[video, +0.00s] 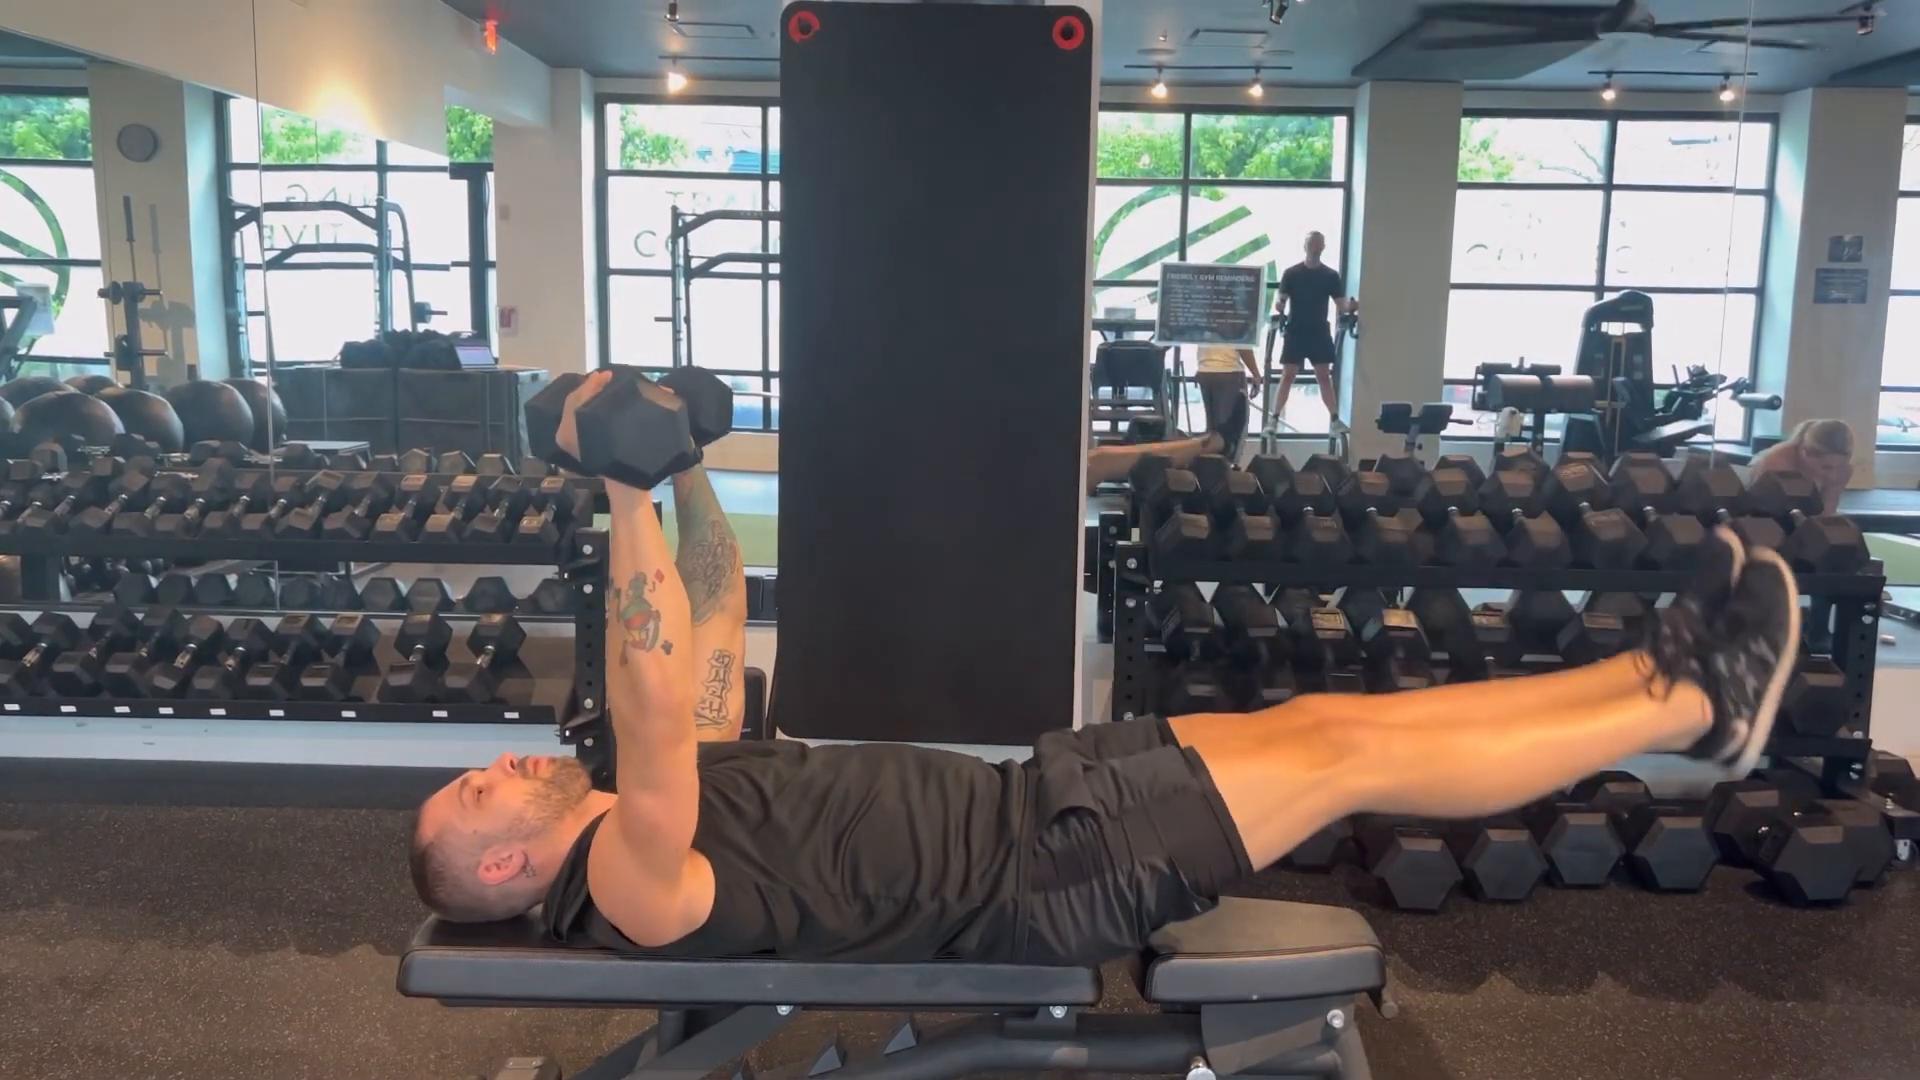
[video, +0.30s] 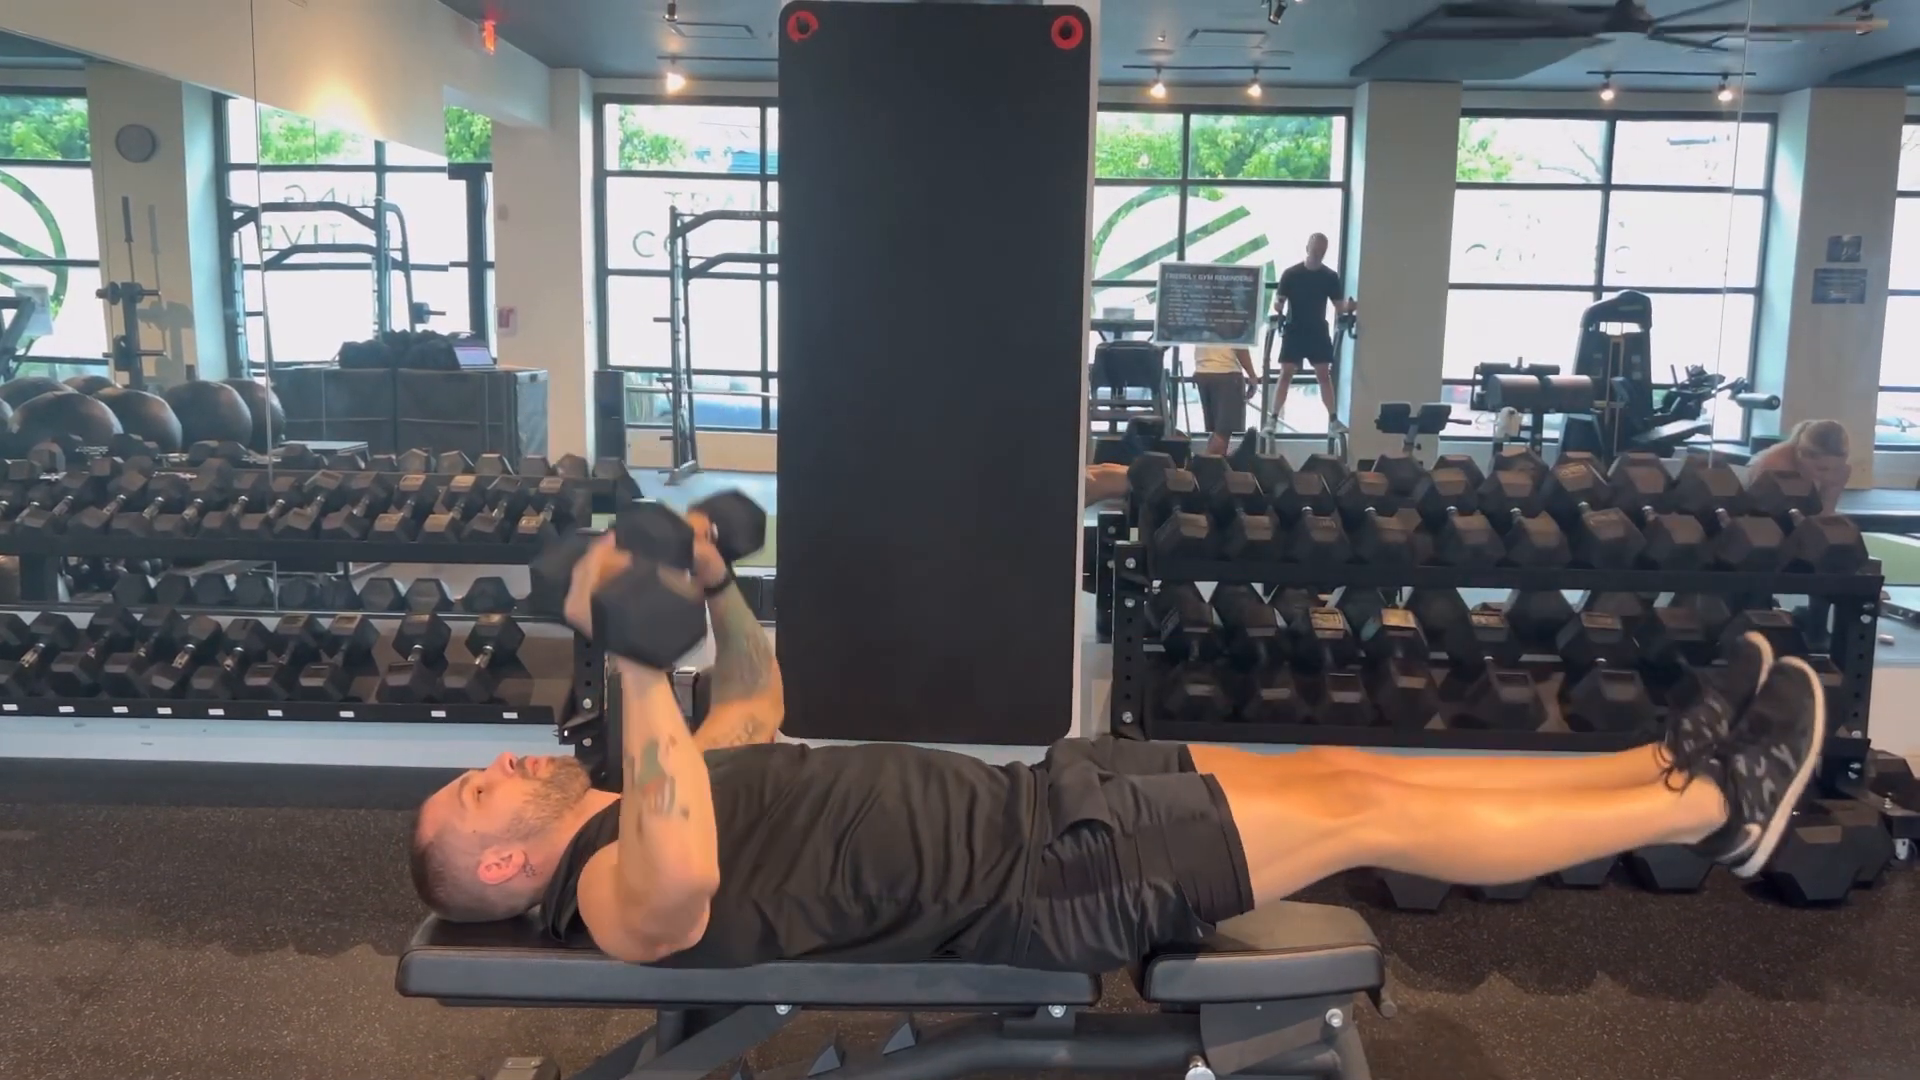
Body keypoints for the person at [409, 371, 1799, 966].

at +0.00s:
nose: (510, 772)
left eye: (489, 778)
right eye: (491, 802)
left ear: (546, 820)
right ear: (526, 876)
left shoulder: (660, 805)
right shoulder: (639, 876)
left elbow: (715, 638)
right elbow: (646, 670)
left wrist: (674, 471)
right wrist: (626, 489)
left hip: (1052, 783)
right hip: (1058, 858)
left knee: (1338, 720)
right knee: (1354, 755)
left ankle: (1656, 682)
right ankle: (1689, 705)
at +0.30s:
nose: (508, 777)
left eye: (492, 780)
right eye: (481, 804)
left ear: (539, 785)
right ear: (498, 874)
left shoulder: (649, 798)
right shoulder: (622, 893)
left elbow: (761, 716)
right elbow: (681, 850)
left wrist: (716, 591)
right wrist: (629, 658)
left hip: (1047, 789)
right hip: (1046, 856)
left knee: (1357, 778)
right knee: (1366, 807)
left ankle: (1672, 774)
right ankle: (1696, 798)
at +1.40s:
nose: (509, 777)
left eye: (488, 783)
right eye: (489, 809)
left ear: (544, 824)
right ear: (522, 886)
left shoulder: (657, 810)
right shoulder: (628, 879)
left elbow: (709, 649)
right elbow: (642, 682)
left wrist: (691, 478)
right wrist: (629, 489)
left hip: (1043, 799)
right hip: (1042, 873)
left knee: (1344, 739)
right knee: (1354, 773)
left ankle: (1679, 708)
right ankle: (1698, 743)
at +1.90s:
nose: (475, 779)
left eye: (450, 789)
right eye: (451, 810)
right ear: (487, 883)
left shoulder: (631, 825)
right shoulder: (611, 886)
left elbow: (696, 619)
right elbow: (633, 686)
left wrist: (662, 456)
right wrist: (616, 473)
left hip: (959, 820)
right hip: (991, 876)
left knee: (1028, 535)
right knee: (1028, 540)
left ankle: (1081, 191)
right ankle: (1084, 188)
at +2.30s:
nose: (478, 777)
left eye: (448, 790)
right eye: (452, 807)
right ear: (485, 878)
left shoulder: (617, 834)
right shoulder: (611, 886)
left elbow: (684, 624)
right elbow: (621, 682)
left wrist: (654, 464)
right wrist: (590, 476)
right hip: (975, 854)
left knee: (901, 528)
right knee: (895, 532)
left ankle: (842, 184)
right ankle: (839, 176)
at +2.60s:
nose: (482, 779)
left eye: (450, 791)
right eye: (455, 808)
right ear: (487, 880)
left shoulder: (641, 821)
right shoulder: (612, 893)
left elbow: (685, 615)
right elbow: (615, 692)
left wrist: (655, 468)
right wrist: (582, 484)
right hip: (976, 876)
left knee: (971, 539)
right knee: (967, 541)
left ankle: (991, 185)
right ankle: (987, 182)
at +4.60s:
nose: (517, 798)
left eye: (493, 805)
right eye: (487, 832)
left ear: (528, 819)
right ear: (494, 897)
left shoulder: (623, 826)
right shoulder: (605, 919)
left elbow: (737, 751)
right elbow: (689, 984)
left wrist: (664, 662)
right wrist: (663, 783)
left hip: (1039, 824)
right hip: (1041, 898)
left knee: (1354, 815)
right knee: (1365, 848)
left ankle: (1669, 828)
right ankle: (1699, 865)